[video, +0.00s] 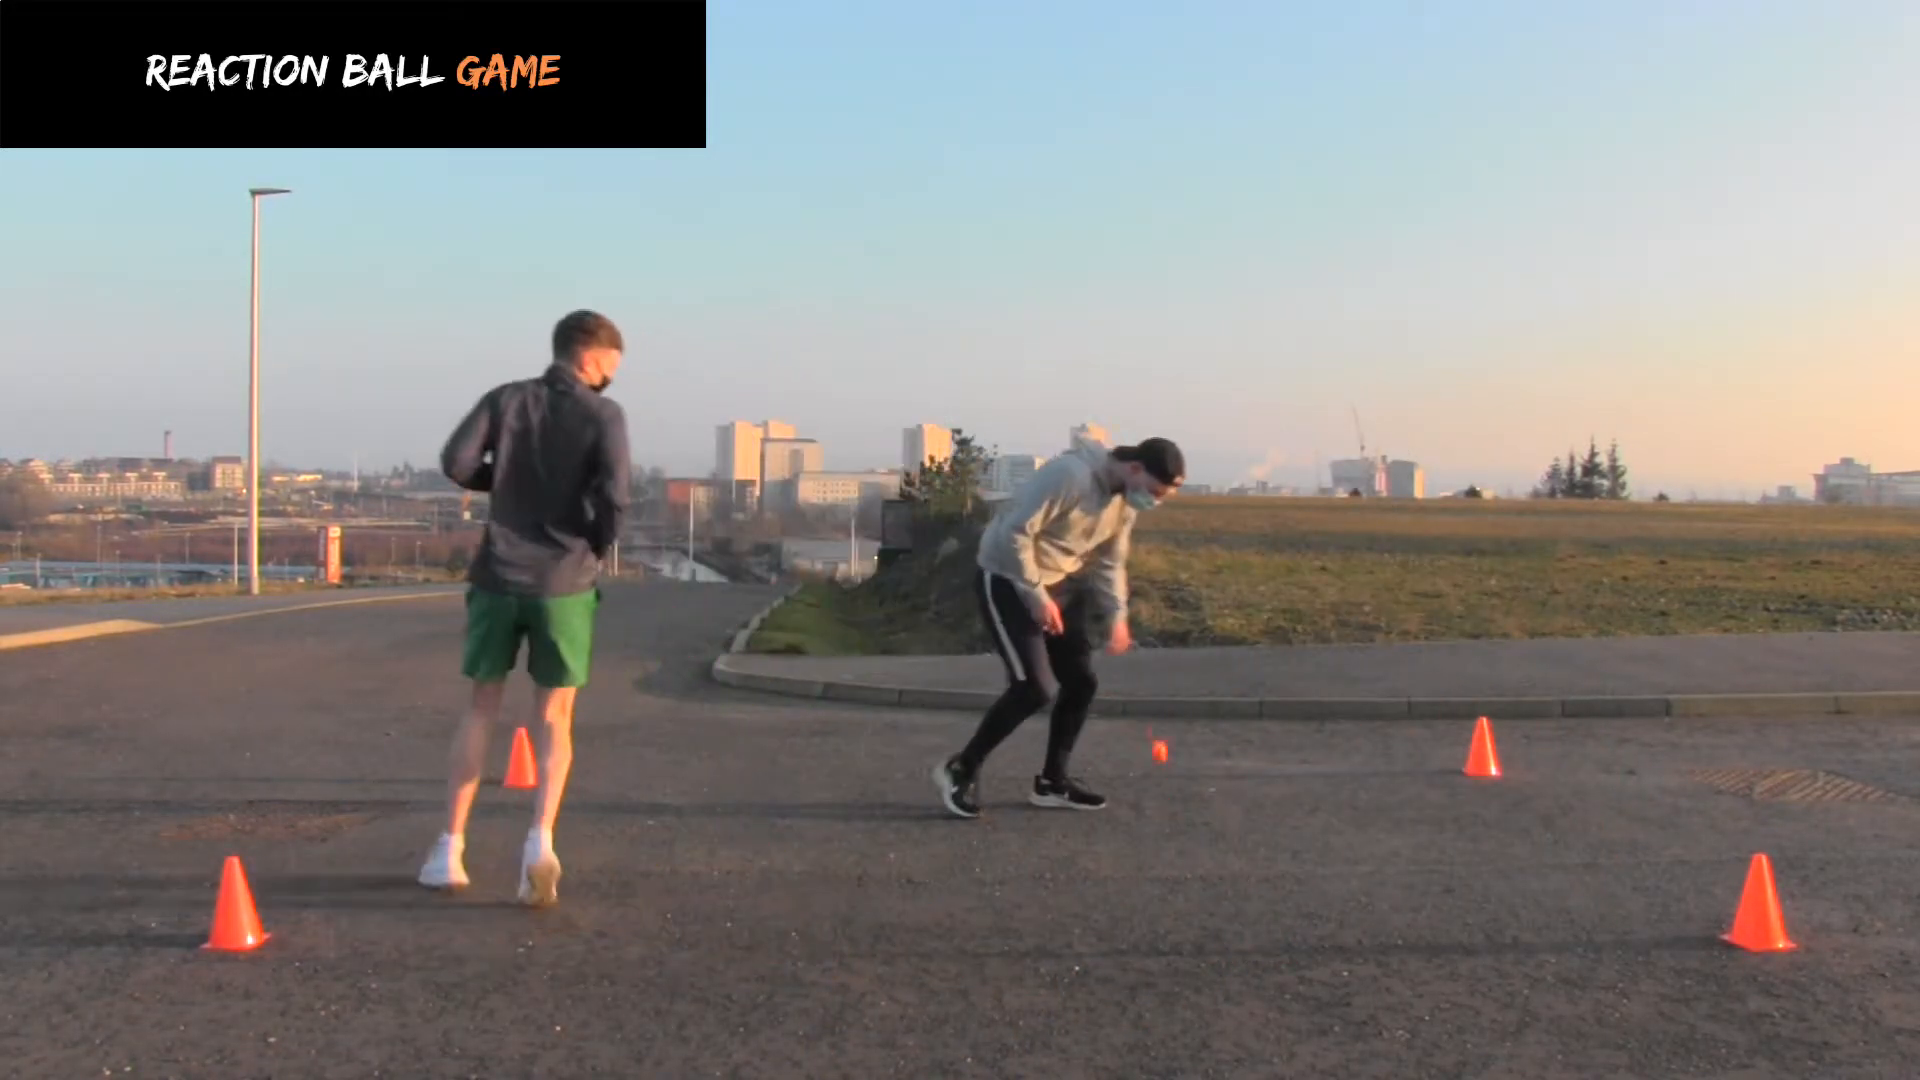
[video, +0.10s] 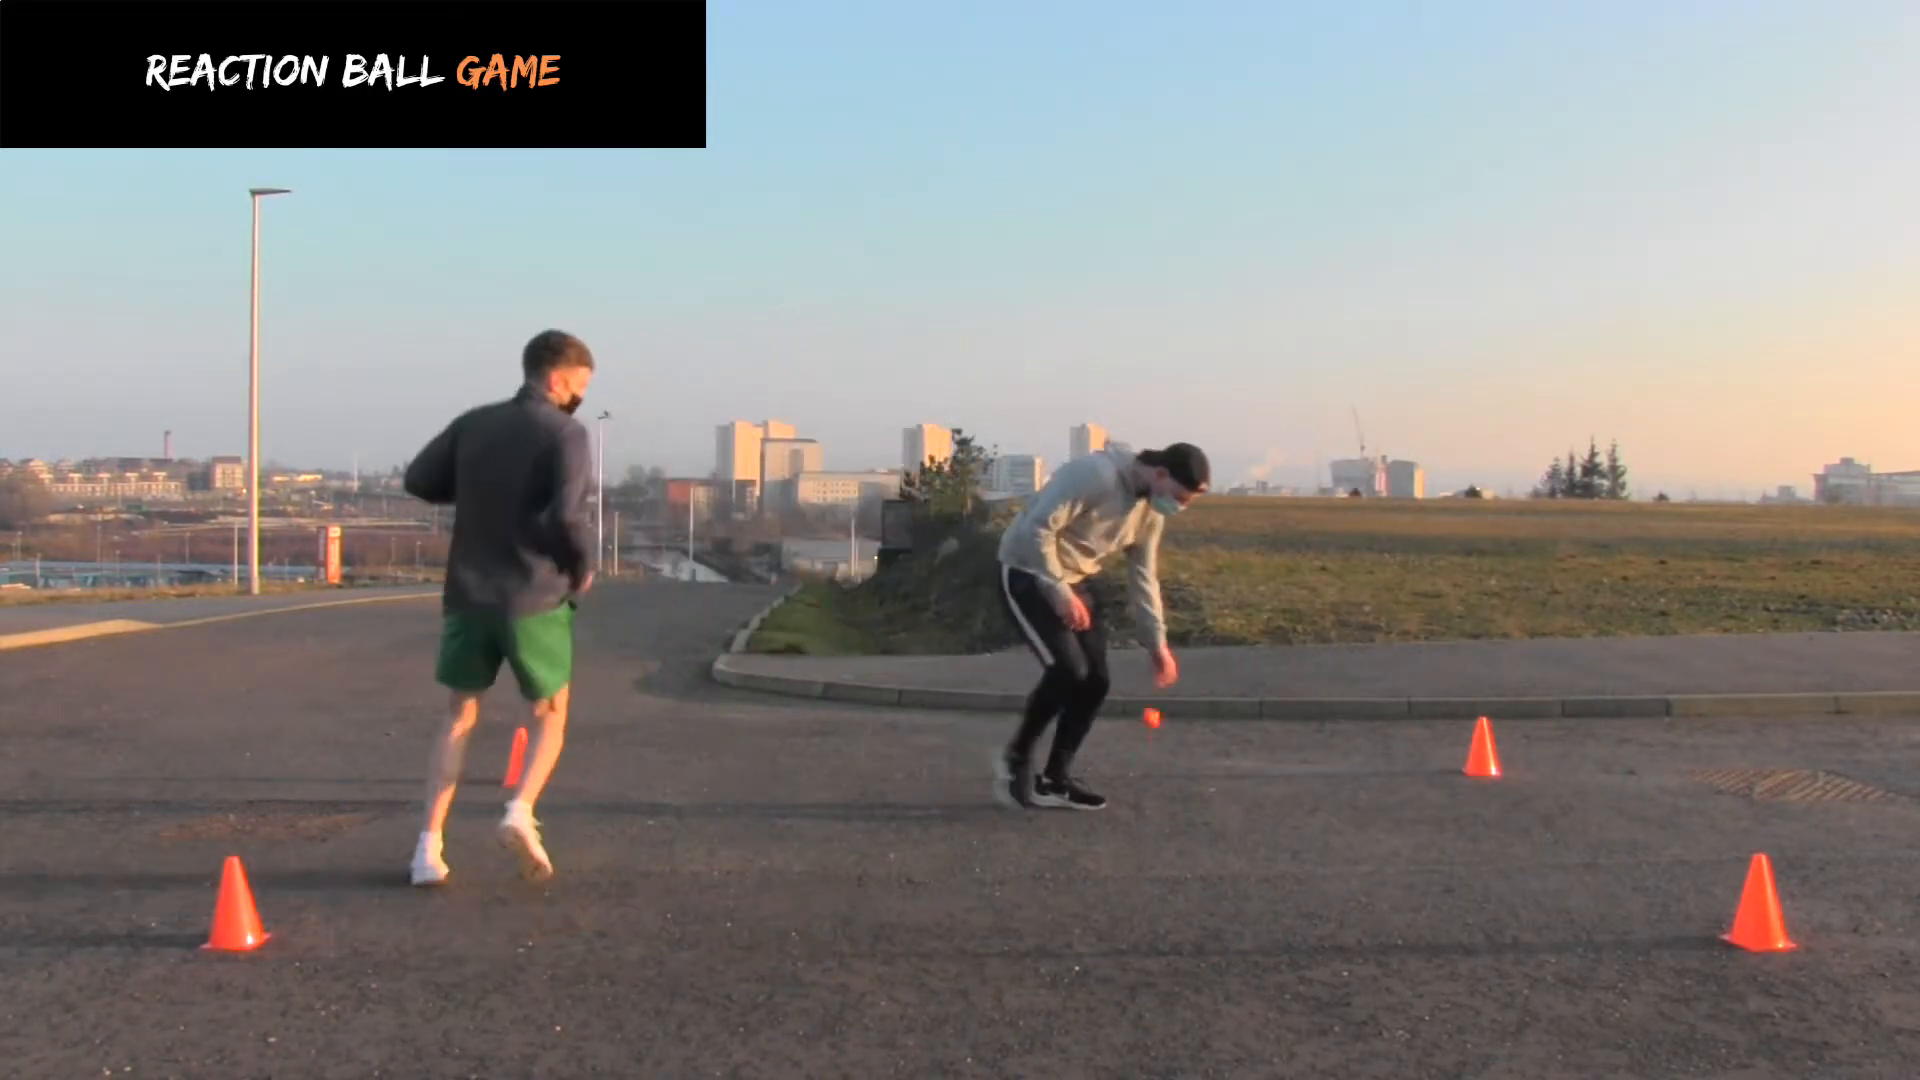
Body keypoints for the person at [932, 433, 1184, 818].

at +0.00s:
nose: (1150, 502)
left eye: (1157, 498)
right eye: (1151, 493)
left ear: (1138, 472)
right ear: (1135, 469)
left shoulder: (1122, 501)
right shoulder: (1069, 473)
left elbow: (1111, 563)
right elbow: (1011, 535)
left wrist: (1117, 615)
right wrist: (1036, 596)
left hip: (1048, 584)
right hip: (1003, 575)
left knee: (1080, 683)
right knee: (1035, 687)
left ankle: (1052, 780)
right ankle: (960, 770)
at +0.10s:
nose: (1177, 507)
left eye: (1184, 502)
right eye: (1178, 498)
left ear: (1164, 478)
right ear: (1160, 474)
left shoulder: (1151, 508)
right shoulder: (1094, 472)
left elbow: (1144, 576)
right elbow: (1034, 531)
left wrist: (1157, 643)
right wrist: (1059, 591)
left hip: (1073, 580)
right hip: (1026, 570)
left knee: (1095, 680)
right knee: (1069, 669)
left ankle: (1054, 778)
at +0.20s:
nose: (1192, 515)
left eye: (1199, 511)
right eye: (1193, 506)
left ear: (1183, 485)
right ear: (1179, 482)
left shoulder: (1164, 514)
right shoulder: (1113, 474)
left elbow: (1157, 581)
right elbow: (1047, 531)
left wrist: (1166, 650)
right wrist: (1078, 589)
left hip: (1079, 577)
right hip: (1039, 568)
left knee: (1099, 674)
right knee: (1098, 672)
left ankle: (1054, 776)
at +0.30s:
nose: (1214, 525)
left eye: (1221, 522)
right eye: (1217, 518)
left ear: (1206, 496)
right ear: (1205, 495)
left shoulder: (1181, 517)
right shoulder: (1135, 487)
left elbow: (1163, 577)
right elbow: (1069, 542)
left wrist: (1170, 645)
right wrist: (1107, 595)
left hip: (1097, 581)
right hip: (1061, 577)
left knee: (1139, 676)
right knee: (1119, 677)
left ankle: (1064, 765)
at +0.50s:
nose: (1239, 530)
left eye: (1245, 528)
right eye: (1243, 524)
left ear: (1235, 504)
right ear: (1234, 503)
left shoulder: (1204, 507)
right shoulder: (1166, 492)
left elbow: (1169, 559)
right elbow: (1114, 559)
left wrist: (1173, 609)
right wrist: (1142, 618)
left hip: (1130, 574)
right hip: (1089, 571)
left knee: (1172, 673)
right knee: (1137, 673)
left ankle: (1115, 750)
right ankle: (1123, 794)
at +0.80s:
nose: (1258, 534)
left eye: (1264, 532)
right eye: (1259, 527)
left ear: (1256, 504)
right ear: (1249, 501)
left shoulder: (1234, 514)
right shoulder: (1191, 484)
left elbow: (1206, 566)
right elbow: (1123, 526)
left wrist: (1185, 615)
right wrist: (1128, 594)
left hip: (1163, 574)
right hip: (1115, 562)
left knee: (1180, 667)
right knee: (1122, 661)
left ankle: (1159, 765)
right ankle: (1098, 778)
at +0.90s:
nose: (1253, 528)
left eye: (1260, 525)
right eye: (1254, 520)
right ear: (1242, 492)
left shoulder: (1242, 509)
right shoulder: (1187, 480)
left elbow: (1215, 559)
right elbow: (1120, 525)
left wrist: (1198, 604)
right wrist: (1125, 589)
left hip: (1169, 573)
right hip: (1122, 562)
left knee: (1184, 665)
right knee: (1128, 659)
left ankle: (1158, 765)